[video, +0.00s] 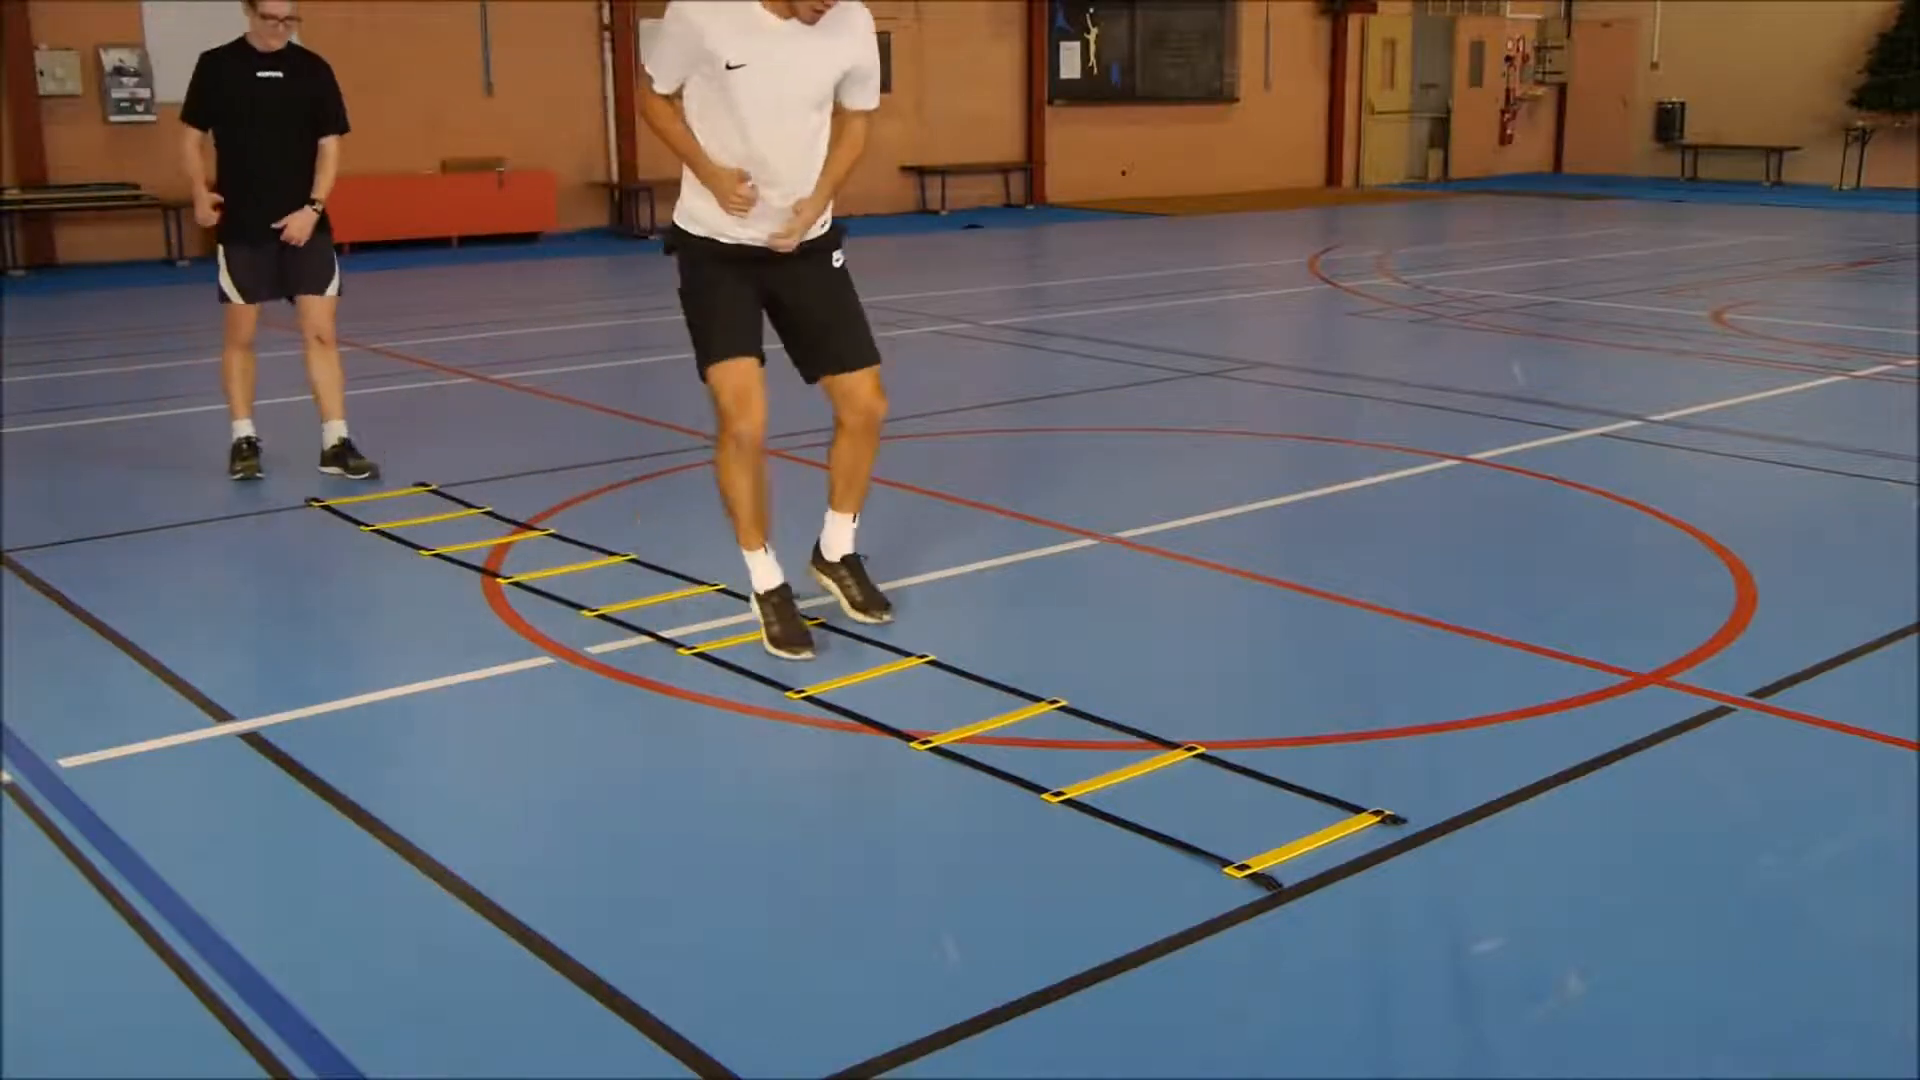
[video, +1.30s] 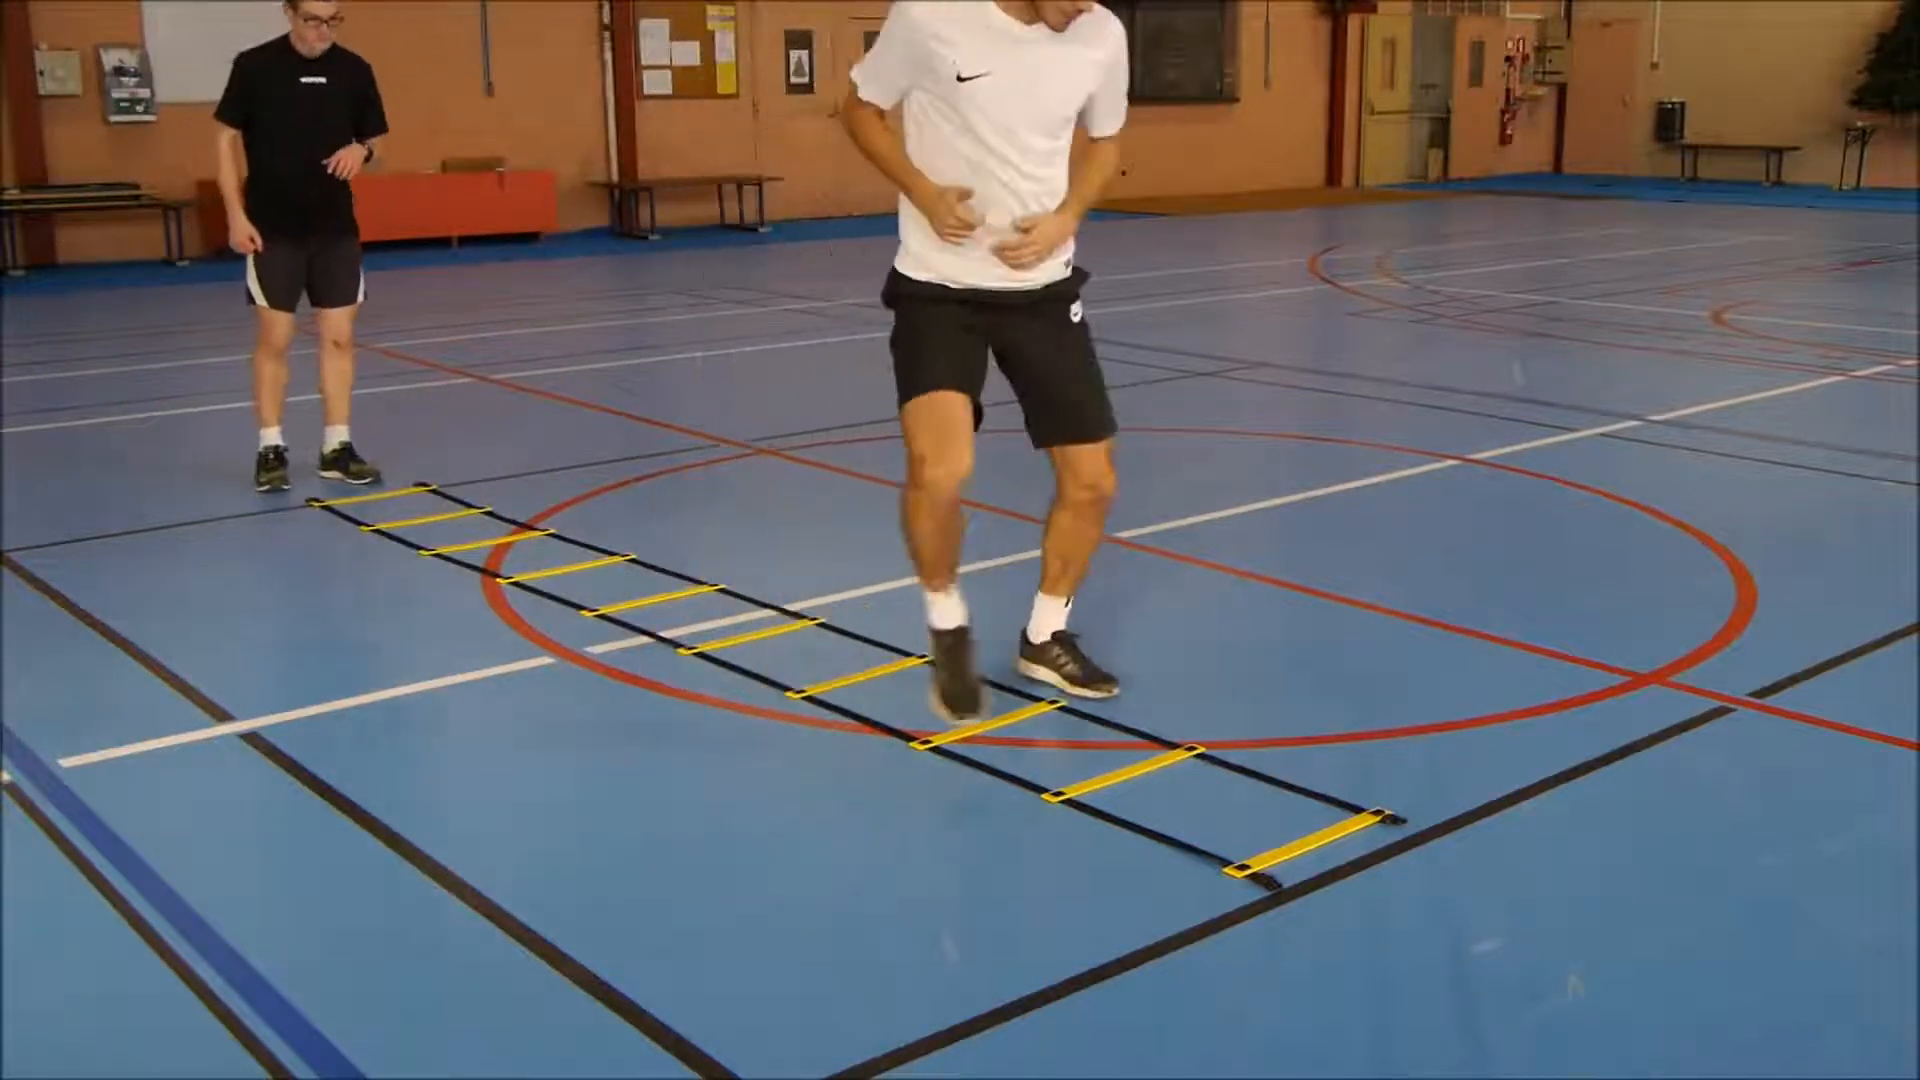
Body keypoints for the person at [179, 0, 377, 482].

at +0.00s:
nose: (280, 29)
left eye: (289, 20)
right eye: (270, 19)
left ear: (298, 16)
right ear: (249, 13)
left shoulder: (315, 69)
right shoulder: (215, 66)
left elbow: (330, 148)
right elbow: (192, 136)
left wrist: (314, 209)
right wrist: (199, 189)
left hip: (304, 221)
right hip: (242, 225)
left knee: (322, 334)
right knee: (240, 336)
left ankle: (336, 442)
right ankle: (244, 439)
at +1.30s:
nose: (321, 31)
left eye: (330, 21)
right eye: (311, 20)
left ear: (339, 18)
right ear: (289, 14)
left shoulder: (355, 70)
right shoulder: (253, 66)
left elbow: (373, 136)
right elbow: (227, 138)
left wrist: (361, 148)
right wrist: (235, 214)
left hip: (335, 226)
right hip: (273, 228)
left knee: (339, 337)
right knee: (275, 339)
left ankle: (337, 447)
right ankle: (271, 448)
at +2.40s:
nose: (351, 82)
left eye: (359, 74)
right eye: (343, 72)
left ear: (369, 59)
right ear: (321, 52)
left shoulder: (373, 89)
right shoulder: (277, 89)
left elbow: (379, 146)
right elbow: (235, 159)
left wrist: (372, 164)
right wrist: (298, 198)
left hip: (346, 234)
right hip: (288, 238)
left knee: (350, 344)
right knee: (317, 338)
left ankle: (325, 445)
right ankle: (285, 430)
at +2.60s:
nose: (374, 75)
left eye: (382, 67)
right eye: (366, 65)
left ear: (393, 54)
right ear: (343, 45)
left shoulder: (391, 80)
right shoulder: (294, 81)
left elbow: (392, 135)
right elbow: (249, 143)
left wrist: (383, 145)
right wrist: (301, 199)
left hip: (366, 223)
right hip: (309, 227)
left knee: (389, 336)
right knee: (347, 333)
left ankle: (355, 420)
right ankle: (356, 454)